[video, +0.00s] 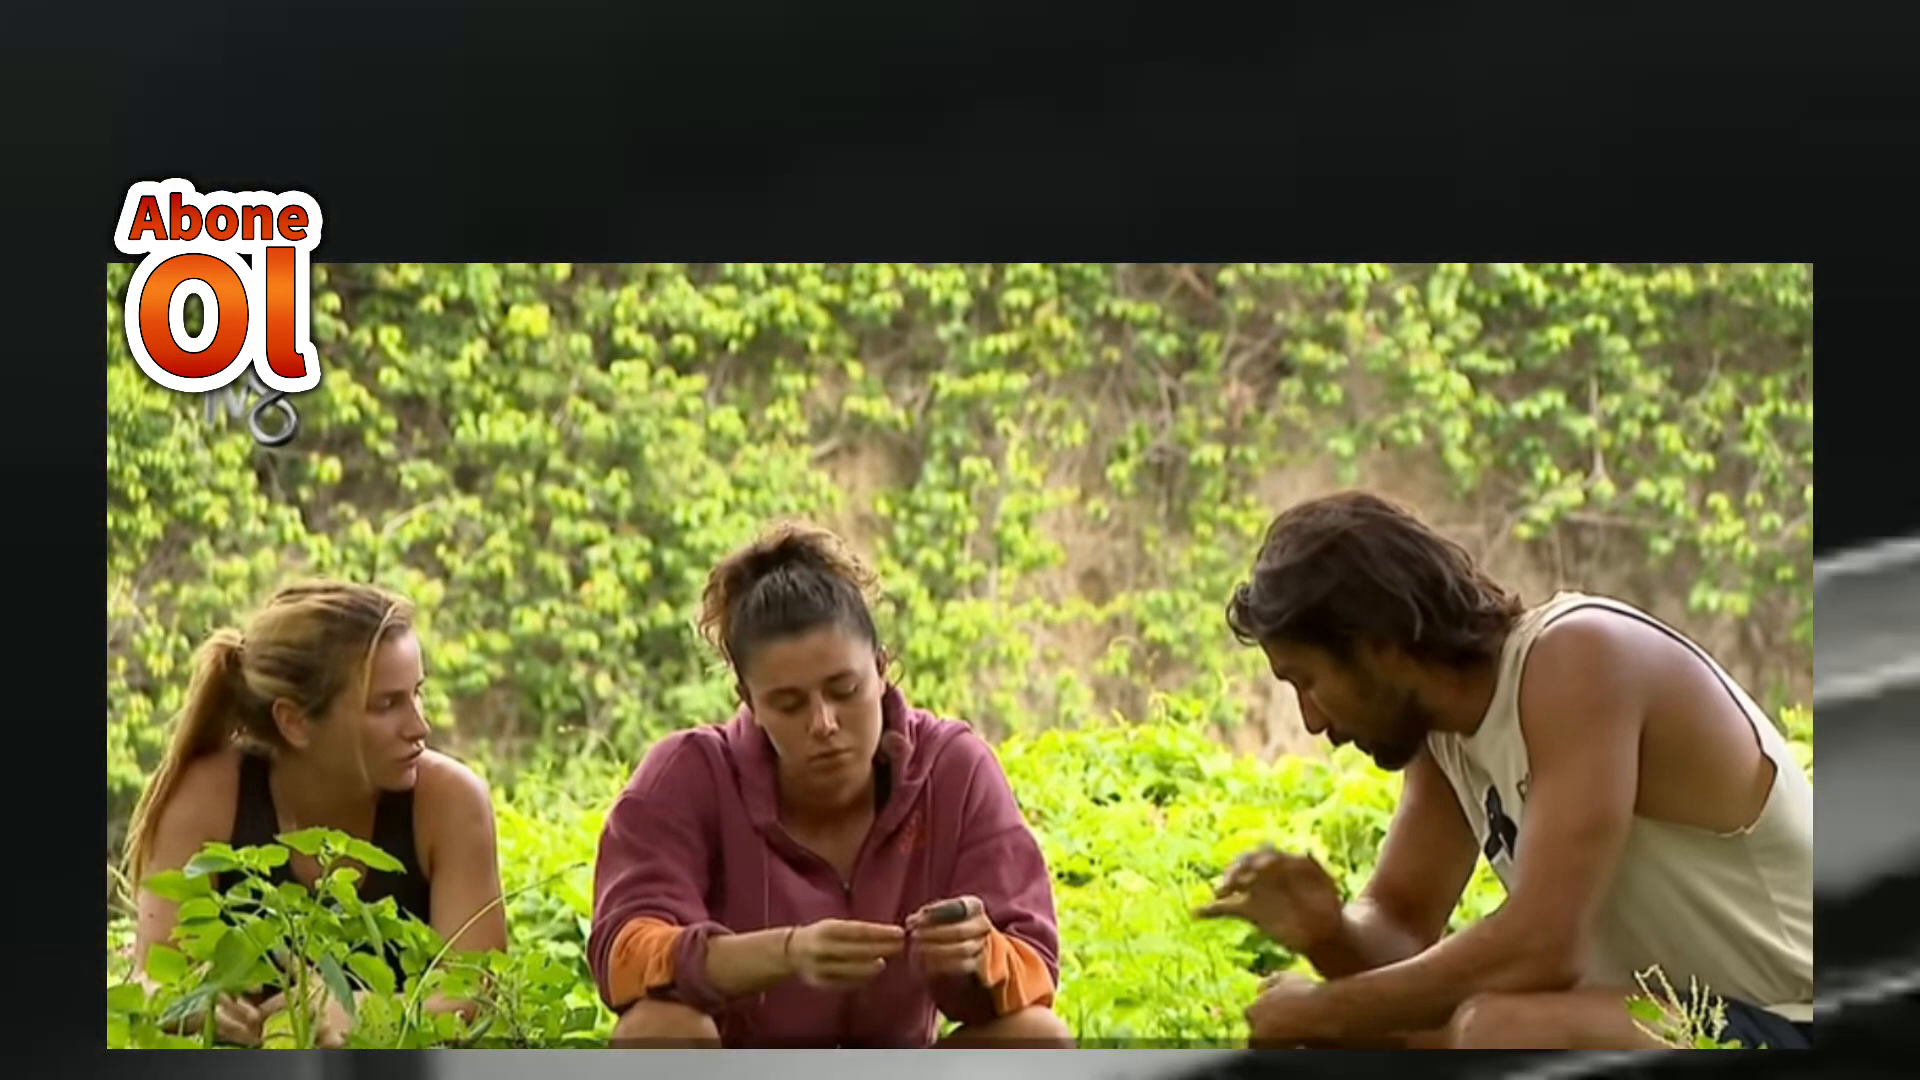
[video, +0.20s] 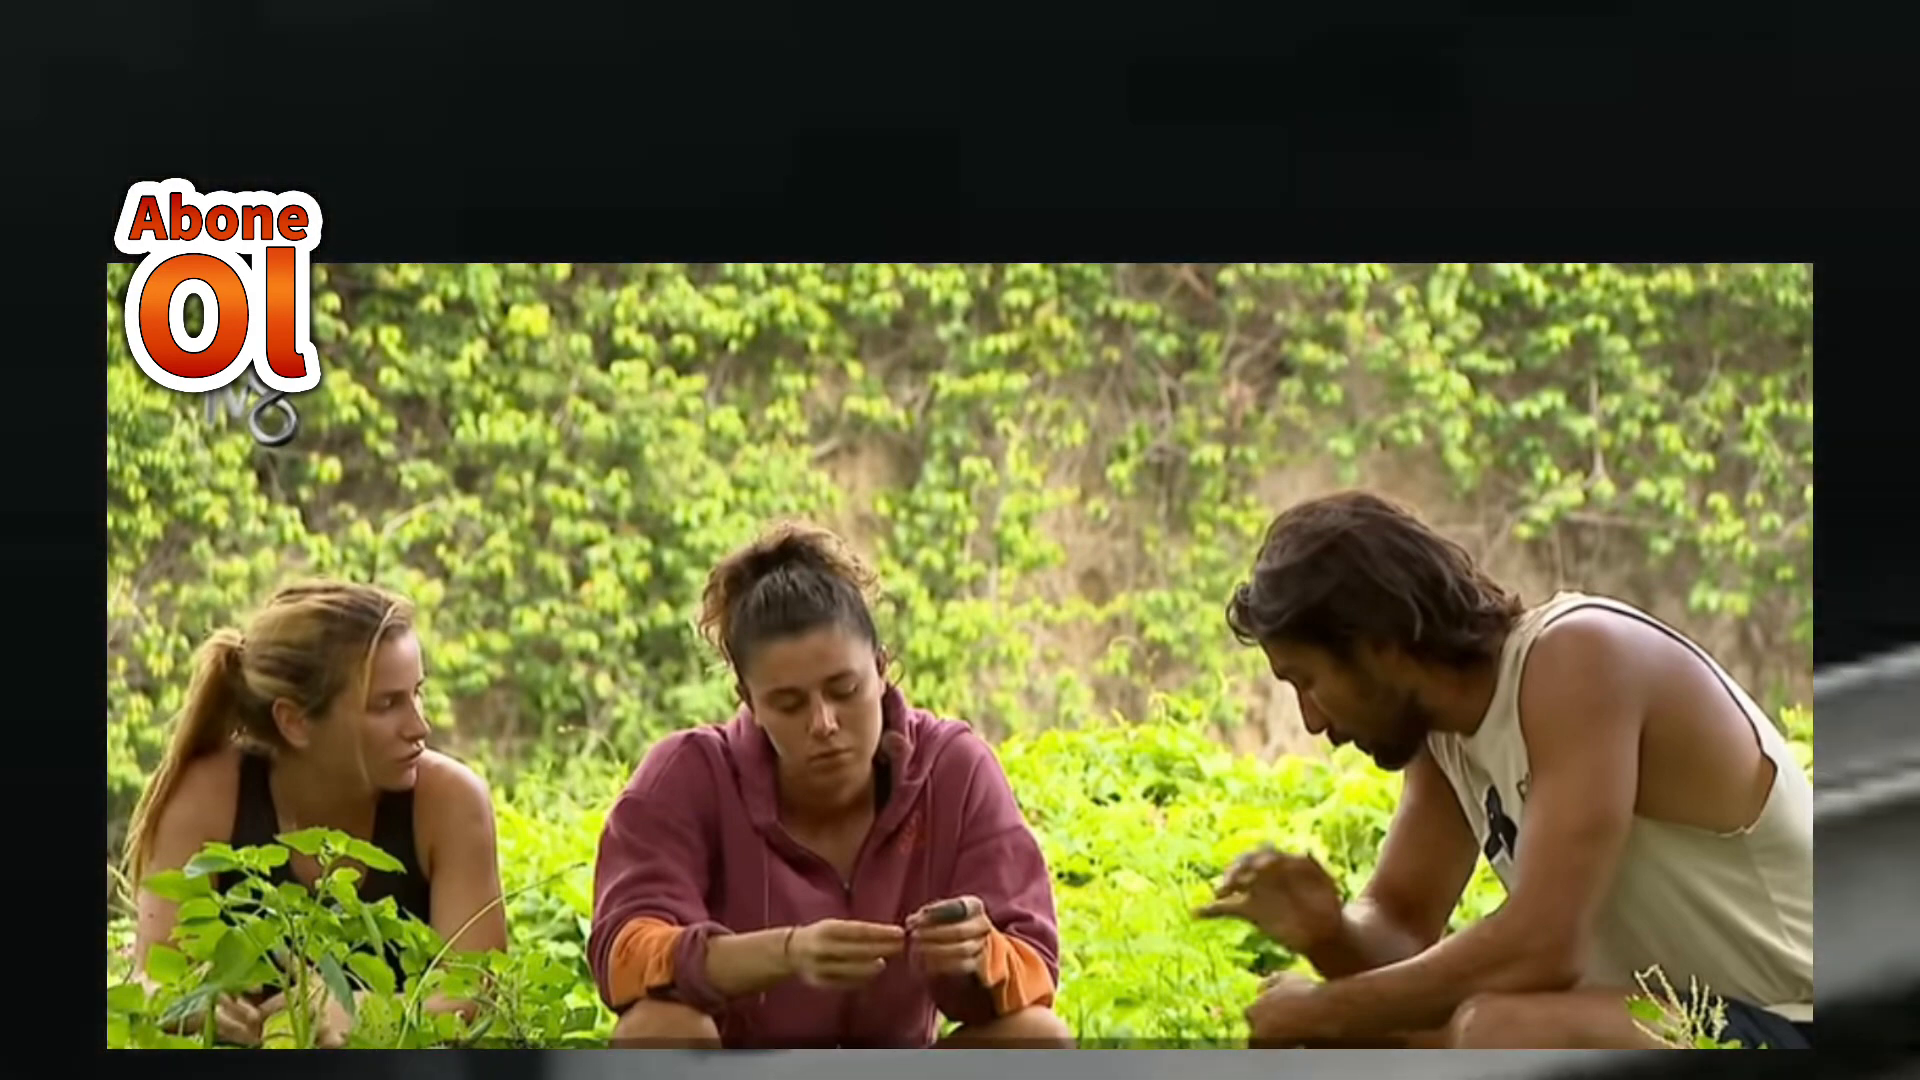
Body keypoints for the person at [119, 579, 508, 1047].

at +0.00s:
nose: (420, 725)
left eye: (417, 695)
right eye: (388, 705)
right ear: (295, 722)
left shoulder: (451, 799)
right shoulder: (206, 791)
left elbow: (470, 1001)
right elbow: (151, 983)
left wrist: (355, 1013)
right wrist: (198, 1008)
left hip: (386, 1066)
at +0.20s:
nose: (420, 725)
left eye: (417, 695)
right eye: (388, 705)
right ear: (295, 722)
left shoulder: (451, 799)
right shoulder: (205, 792)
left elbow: (470, 1001)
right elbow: (153, 984)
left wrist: (354, 1013)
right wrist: (200, 1009)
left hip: (385, 1065)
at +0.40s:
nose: (420, 725)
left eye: (417, 695)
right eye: (388, 705)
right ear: (295, 722)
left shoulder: (451, 799)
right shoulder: (205, 792)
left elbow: (470, 1001)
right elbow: (153, 984)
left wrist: (354, 1013)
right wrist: (199, 1009)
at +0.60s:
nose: (420, 725)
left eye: (417, 695)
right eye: (388, 705)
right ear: (295, 722)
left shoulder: (451, 799)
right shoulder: (205, 792)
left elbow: (470, 1001)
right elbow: (153, 984)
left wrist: (354, 1013)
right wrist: (200, 1009)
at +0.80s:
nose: (420, 725)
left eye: (417, 695)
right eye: (388, 705)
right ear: (295, 723)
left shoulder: (451, 799)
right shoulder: (206, 791)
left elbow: (470, 1002)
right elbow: (152, 983)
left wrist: (355, 1013)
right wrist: (197, 1008)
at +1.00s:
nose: (420, 725)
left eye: (417, 695)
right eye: (388, 705)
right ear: (295, 722)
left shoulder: (451, 799)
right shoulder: (206, 791)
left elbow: (470, 1002)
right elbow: (152, 983)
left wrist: (354, 1013)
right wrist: (197, 1008)